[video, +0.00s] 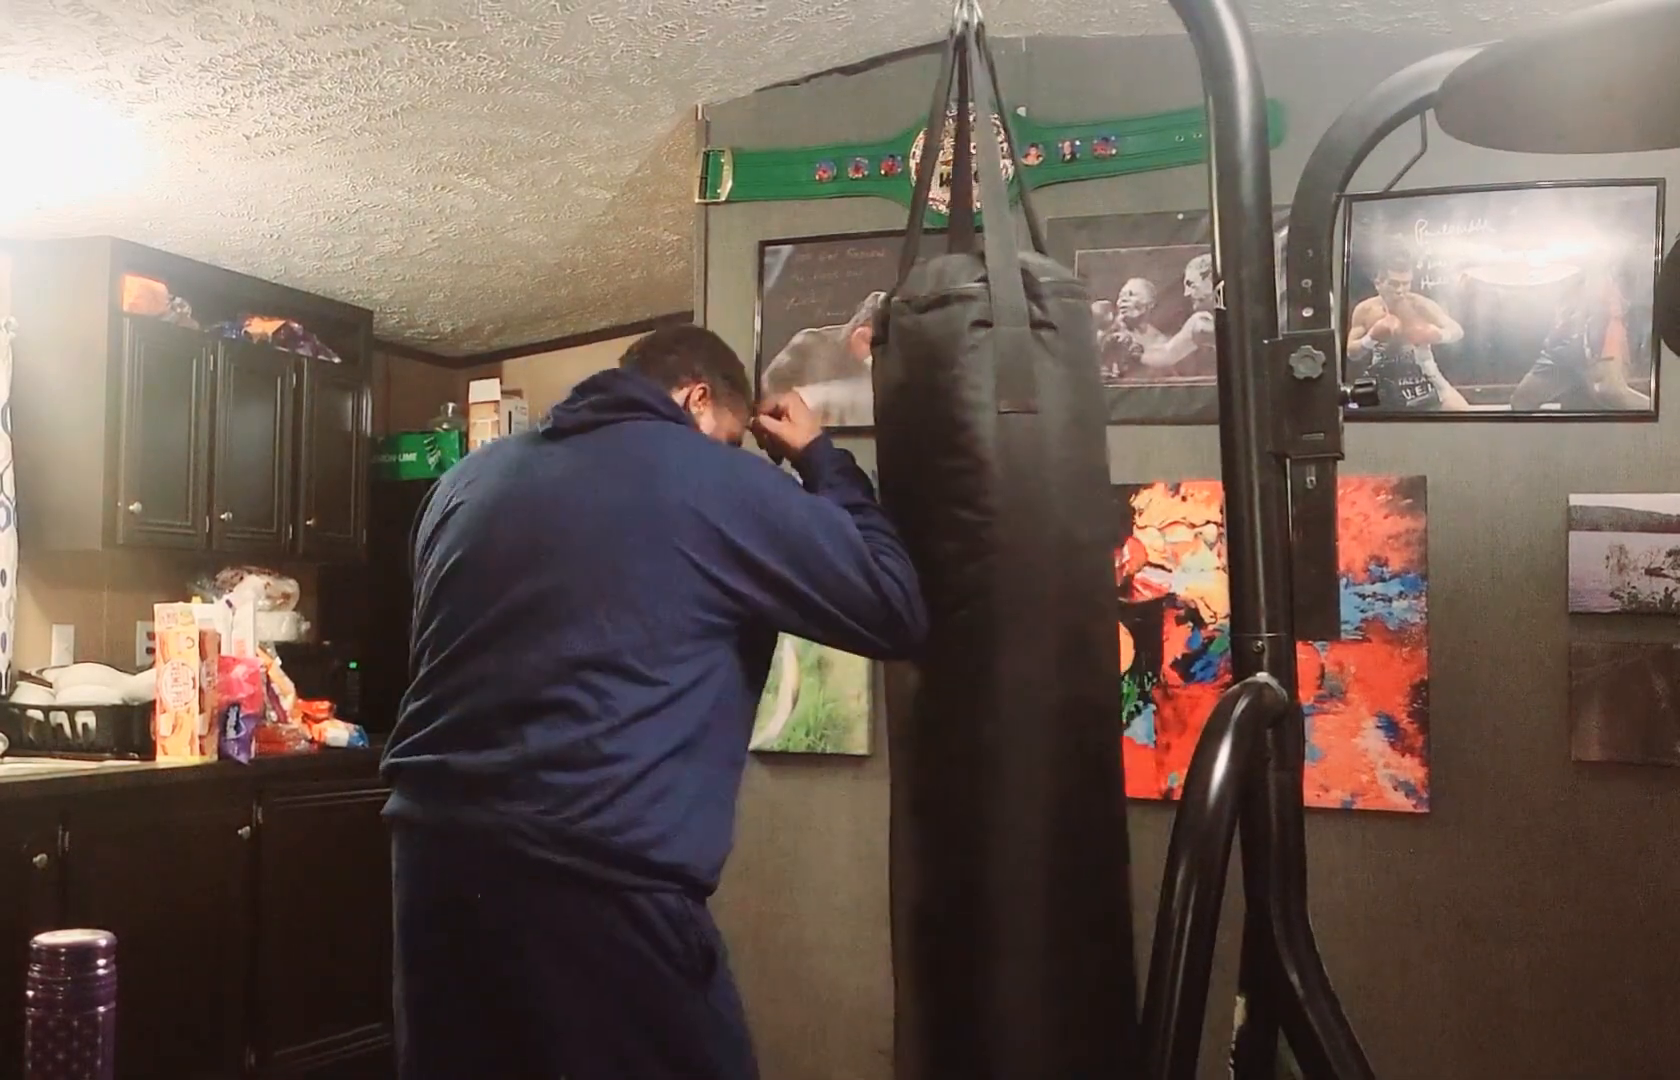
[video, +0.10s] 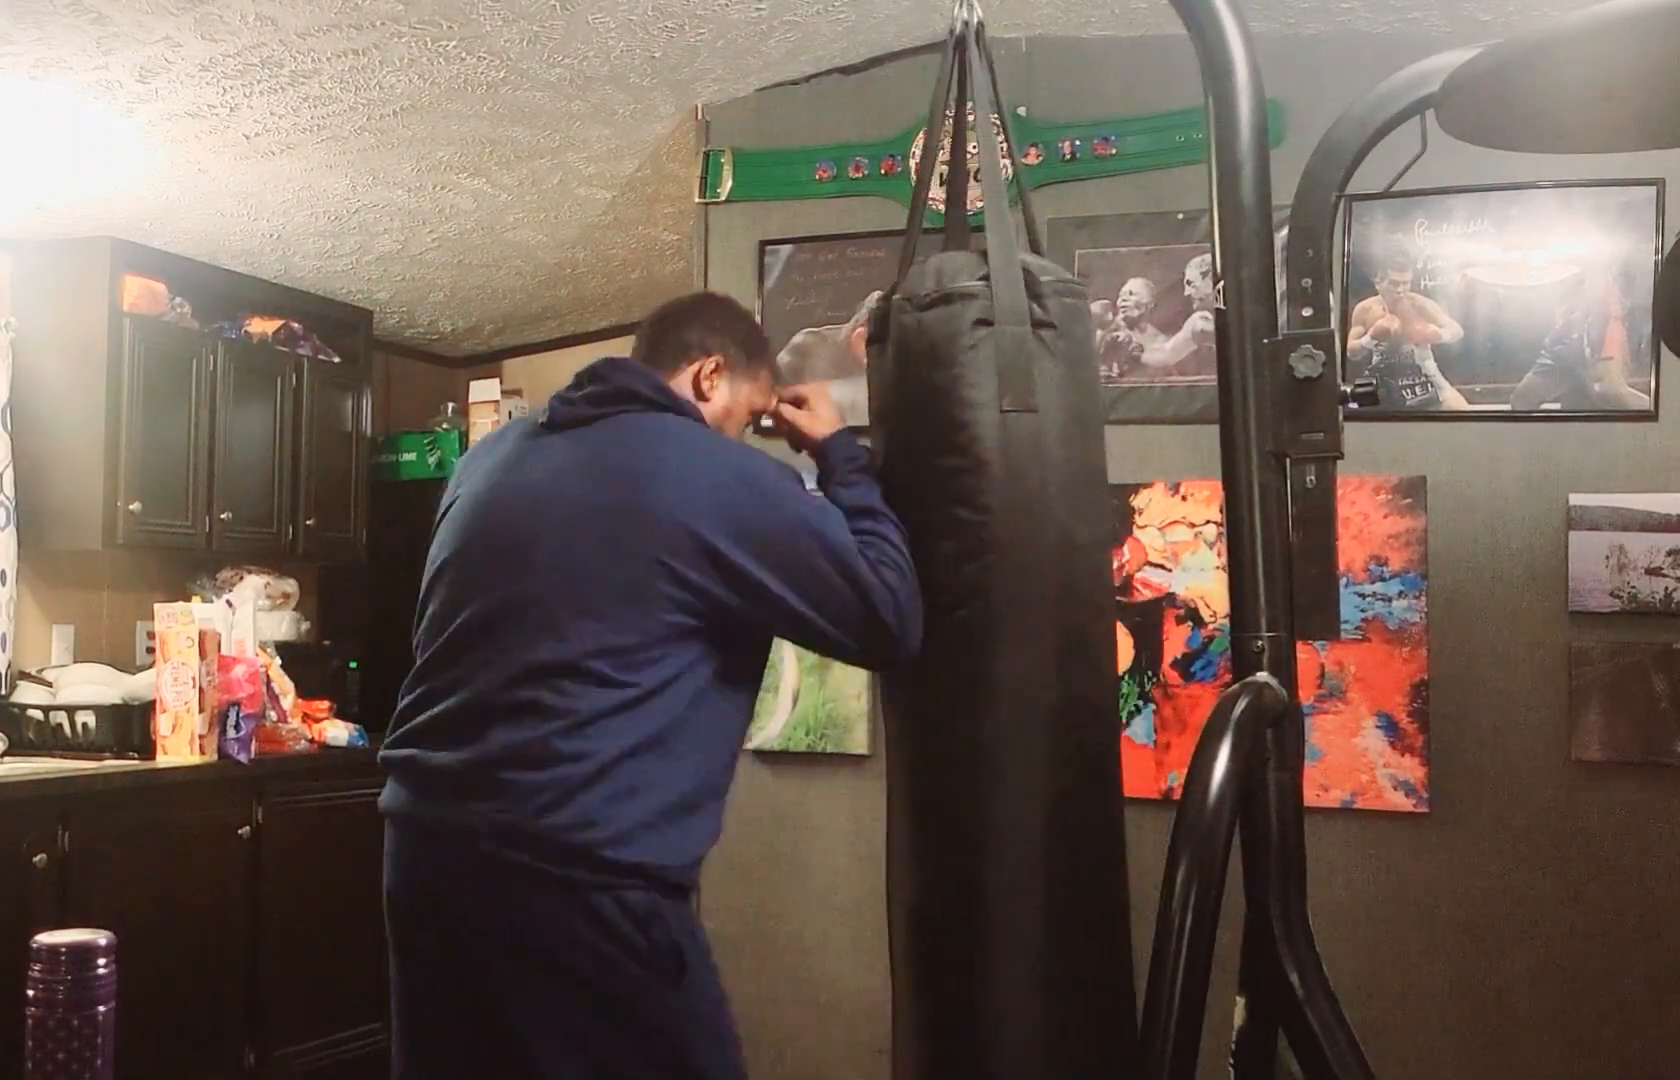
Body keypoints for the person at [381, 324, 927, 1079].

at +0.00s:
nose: (730, 456)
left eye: (736, 444)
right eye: (733, 438)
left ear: (616, 388)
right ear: (695, 399)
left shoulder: (464, 478)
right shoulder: (713, 480)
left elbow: (439, 655)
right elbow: (900, 610)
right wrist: (817, 453)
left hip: (431, 860)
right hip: (607, 878)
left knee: (445, 1068)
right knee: (685, 1066)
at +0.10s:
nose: (743, 434)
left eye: (754, 420)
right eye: (749, 416)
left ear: (633, 368)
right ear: (704, 377)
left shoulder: (488, 454)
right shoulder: (715, 479)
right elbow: (890, 621)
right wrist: (836, 448)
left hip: (423, 855)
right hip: (594, 880)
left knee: (444, 1069)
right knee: (680, 1065)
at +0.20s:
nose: (773, 429)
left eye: (786, 407)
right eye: (778, 401)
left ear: (704, 362)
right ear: (727, 365)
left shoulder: (544, 428)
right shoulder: (693, 474)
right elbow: (857, 657)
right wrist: (861, 471)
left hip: (429, 836)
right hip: (574, 866)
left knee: (451, 1068)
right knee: (669, 1065)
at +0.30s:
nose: (772, 425)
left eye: (785, 405)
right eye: (777, 397)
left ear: (709, 354)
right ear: (724, 357)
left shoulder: (564, 425)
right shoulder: (667, 467)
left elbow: (739, 507)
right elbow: (795, 681)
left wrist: (884, 521)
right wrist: (834, 506)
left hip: (433, 829)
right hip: (562, 862)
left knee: (459, 1067)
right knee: (650, 1063)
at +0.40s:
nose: (751, 441)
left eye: (767, 422)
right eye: (760, 413)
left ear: (703, 359)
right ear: (713, 364)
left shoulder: (552, 428)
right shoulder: (655, 460)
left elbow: (716, 549)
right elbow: (747, 683)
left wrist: (888, 529)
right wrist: (819, 527)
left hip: (433, 834)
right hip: (555, 863)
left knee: (457, 1064)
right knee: (642, 1061)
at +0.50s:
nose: (743, 494)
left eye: (759, 478)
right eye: (757, 466)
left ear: (717, 400)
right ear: (731, 407)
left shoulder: (548, 438)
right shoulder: (644, 464)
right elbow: (705, 693)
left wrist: (831, 585)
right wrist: (803, 561)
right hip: (545, 873)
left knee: (442, 1066)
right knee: (636, 1063)